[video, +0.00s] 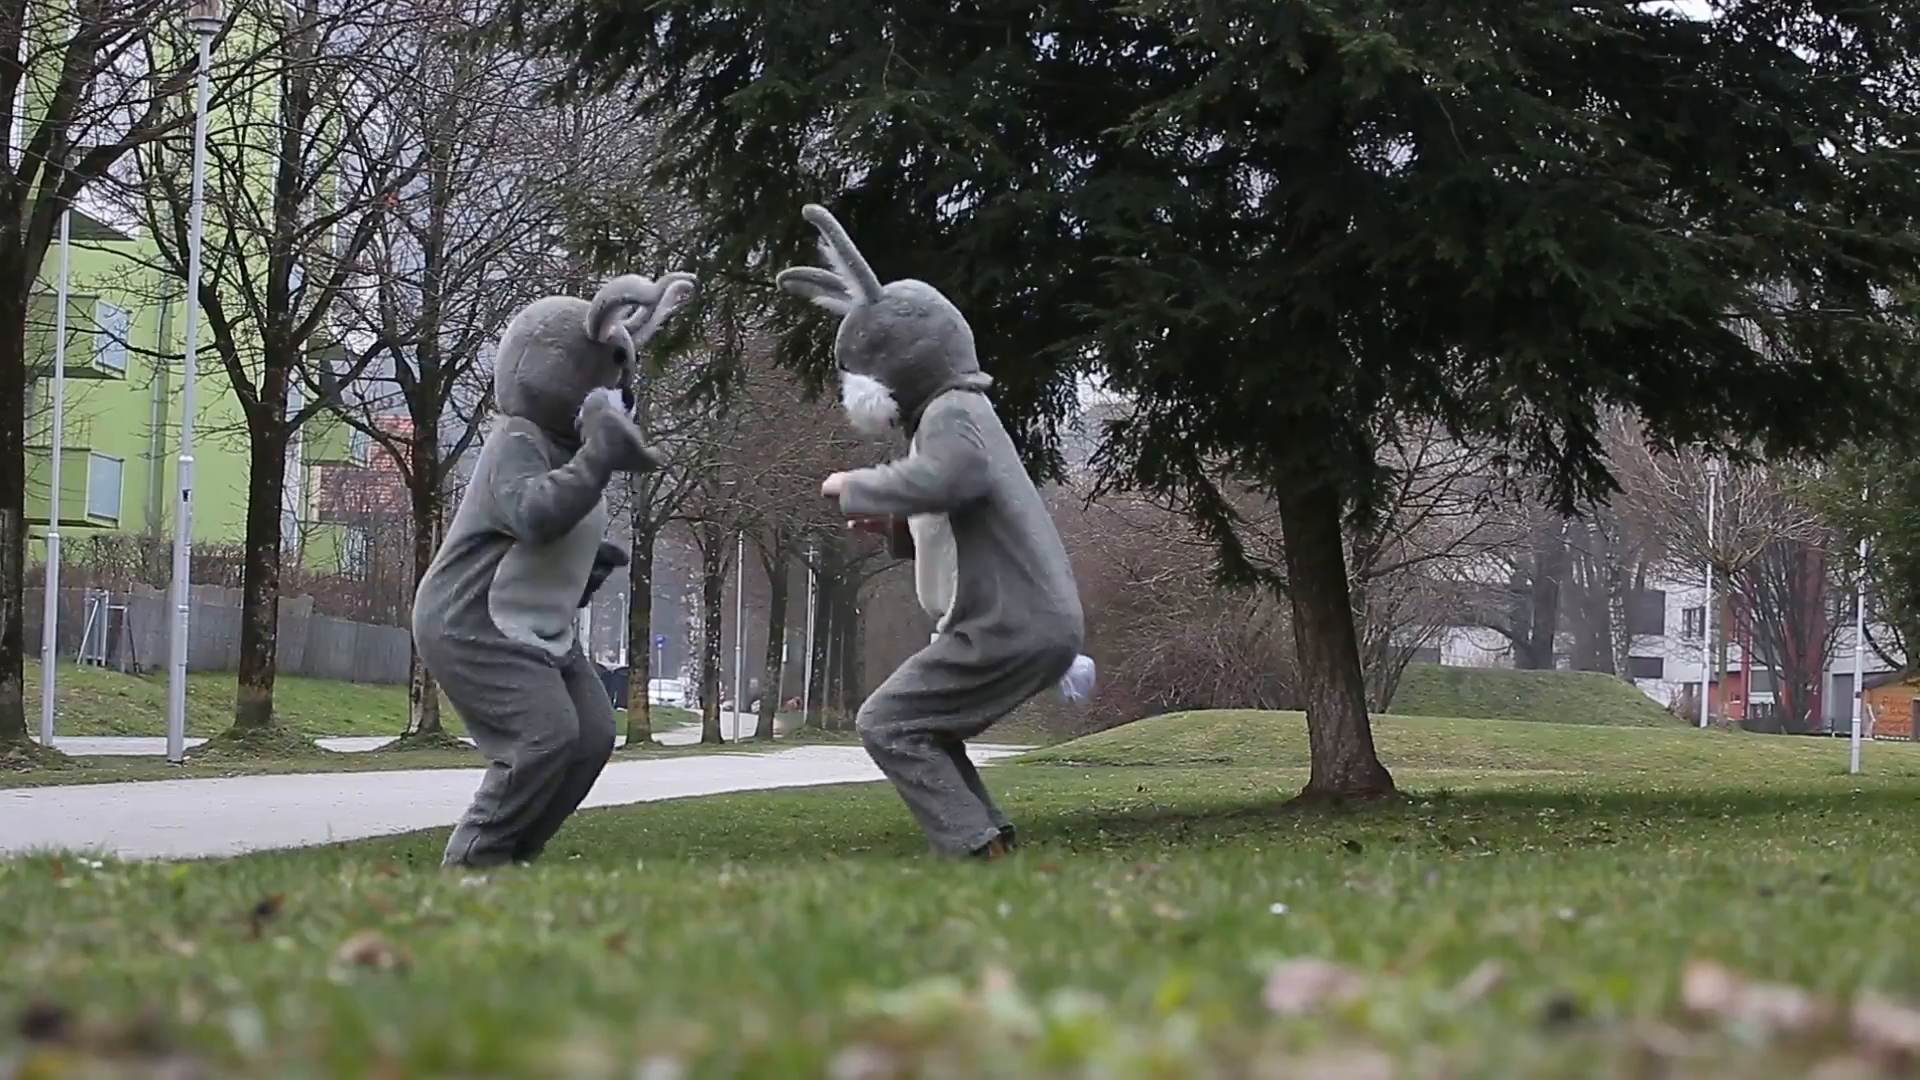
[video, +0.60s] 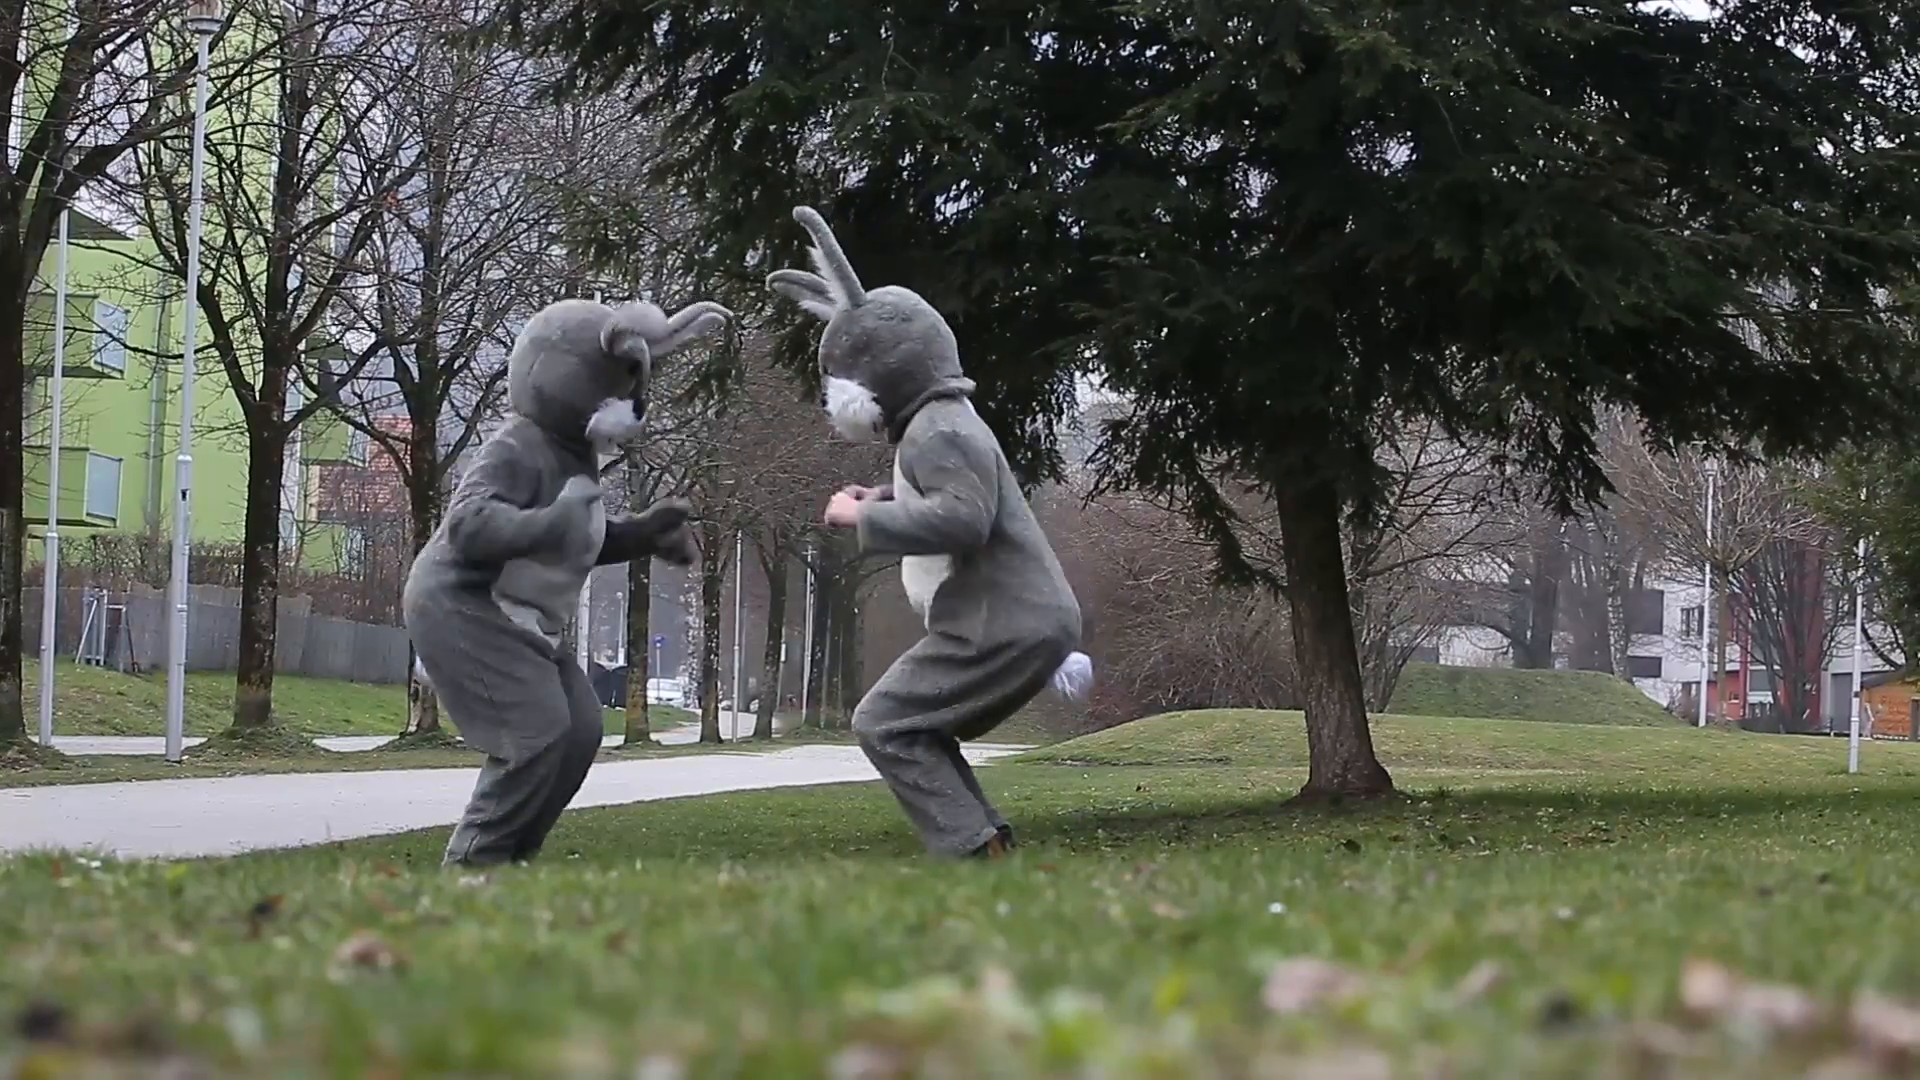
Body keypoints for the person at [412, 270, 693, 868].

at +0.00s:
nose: (606, 391)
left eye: (609, 376)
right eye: (593, 370)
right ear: (548, 367)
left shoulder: (573, 453)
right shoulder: (515, 440)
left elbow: (544, 563)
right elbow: (532, 515)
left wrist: (594, 559)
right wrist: (595, 458)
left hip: (539, 625)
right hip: (471, 622)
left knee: (593, 736)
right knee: (548, 734)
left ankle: (503, 856)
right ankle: (471, 858)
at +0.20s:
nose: (626, 430)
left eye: (628, 416)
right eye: (615, 413)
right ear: (569, 398)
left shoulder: (567, 480)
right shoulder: (523, 464)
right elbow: (501, 554)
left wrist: (615, 556)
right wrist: (594, 541)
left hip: (531, 634)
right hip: (465, 636)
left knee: (600, 736)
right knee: (564, 741)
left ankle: (506, 856)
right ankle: (473, 860)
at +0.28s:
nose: (633, 423)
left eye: (636, 411)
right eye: (621, 407)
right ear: (571, 395)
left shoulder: (575, 481)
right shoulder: (520, 462)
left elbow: (578, 558)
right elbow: (461, 541)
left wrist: (642, 520)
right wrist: (536, 584)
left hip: (520, 629)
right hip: (463, 629)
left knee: (595, 733)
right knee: (561, 739)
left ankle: (499, 859)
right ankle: (472, 863)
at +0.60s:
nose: (619, 399)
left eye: (624, 386)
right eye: (605, 380)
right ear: (558, 373)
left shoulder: (576, 462)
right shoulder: (517, 442)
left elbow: (581, 544)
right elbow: (466, 524)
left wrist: (644, 533)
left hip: (520, 612)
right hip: (458, 606)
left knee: (582, 726)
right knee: (542, 725)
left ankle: (501, 859)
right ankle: (472, 861)